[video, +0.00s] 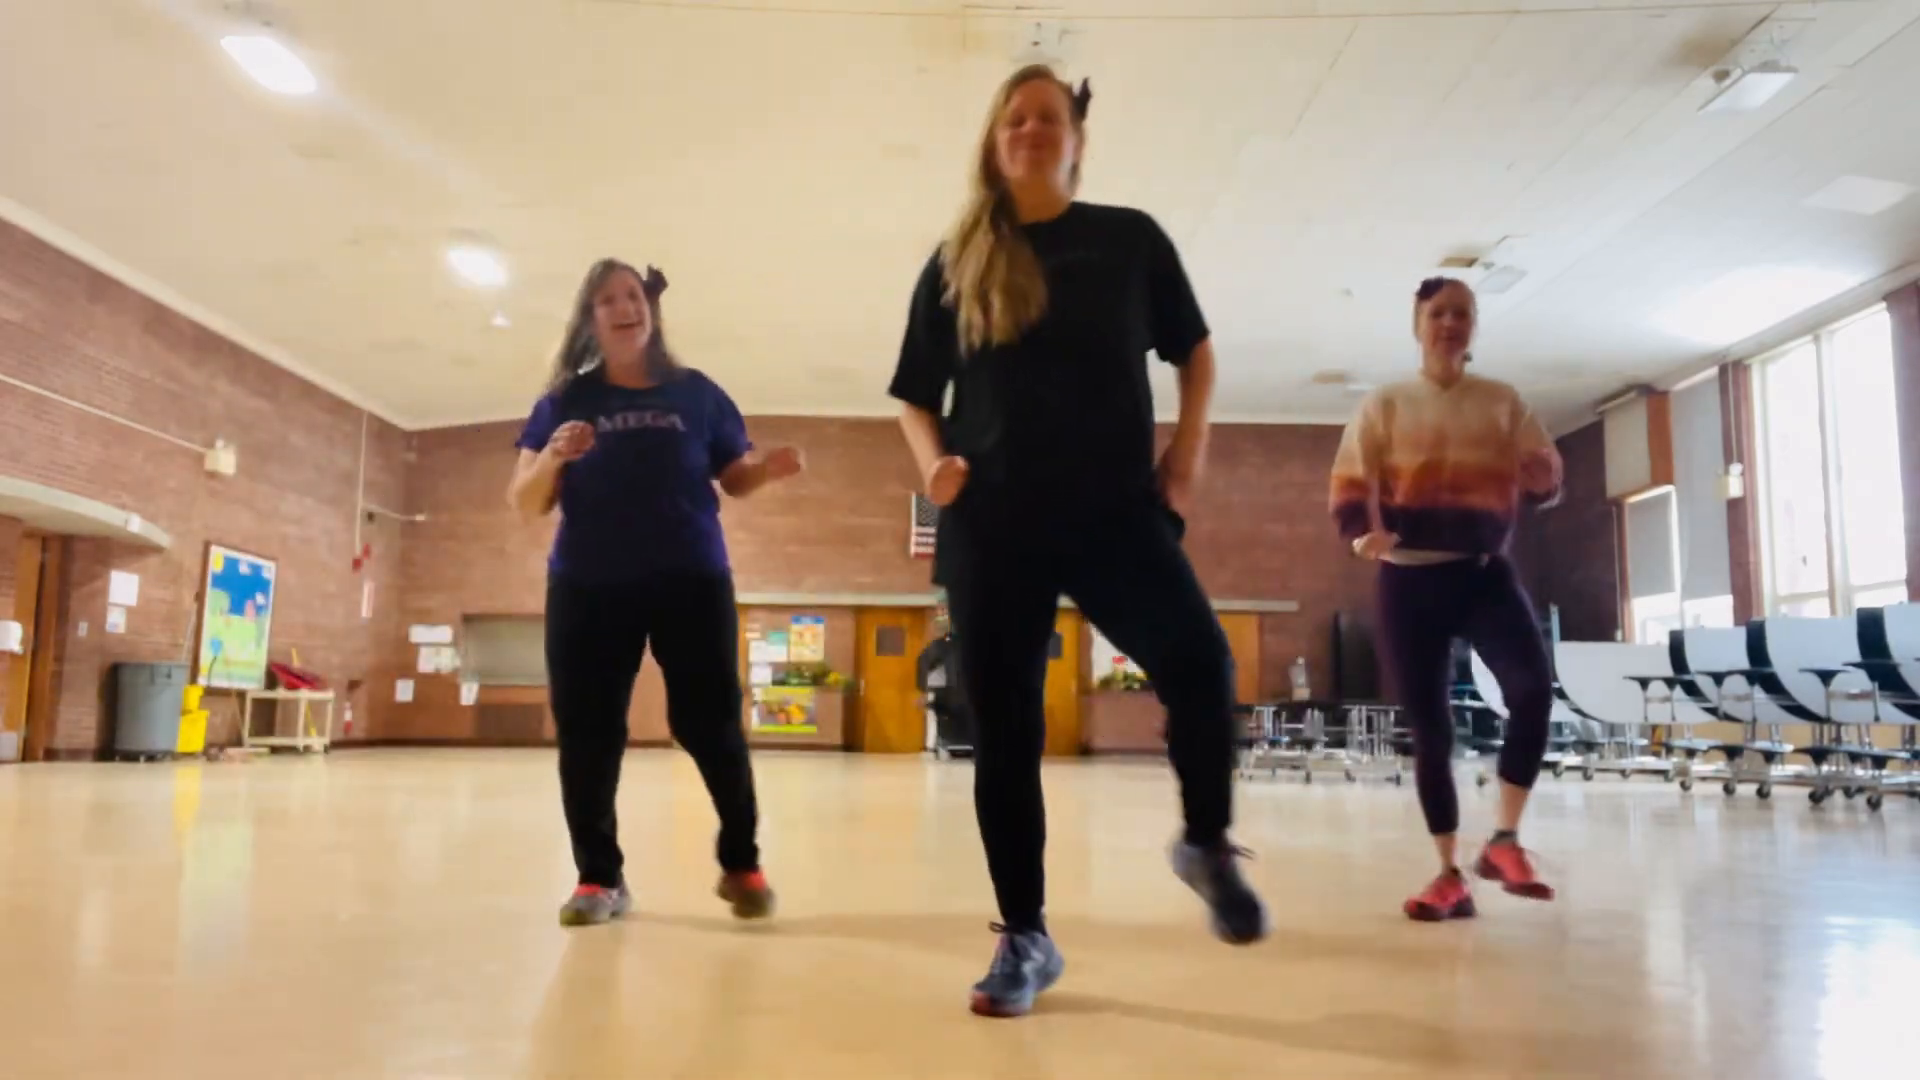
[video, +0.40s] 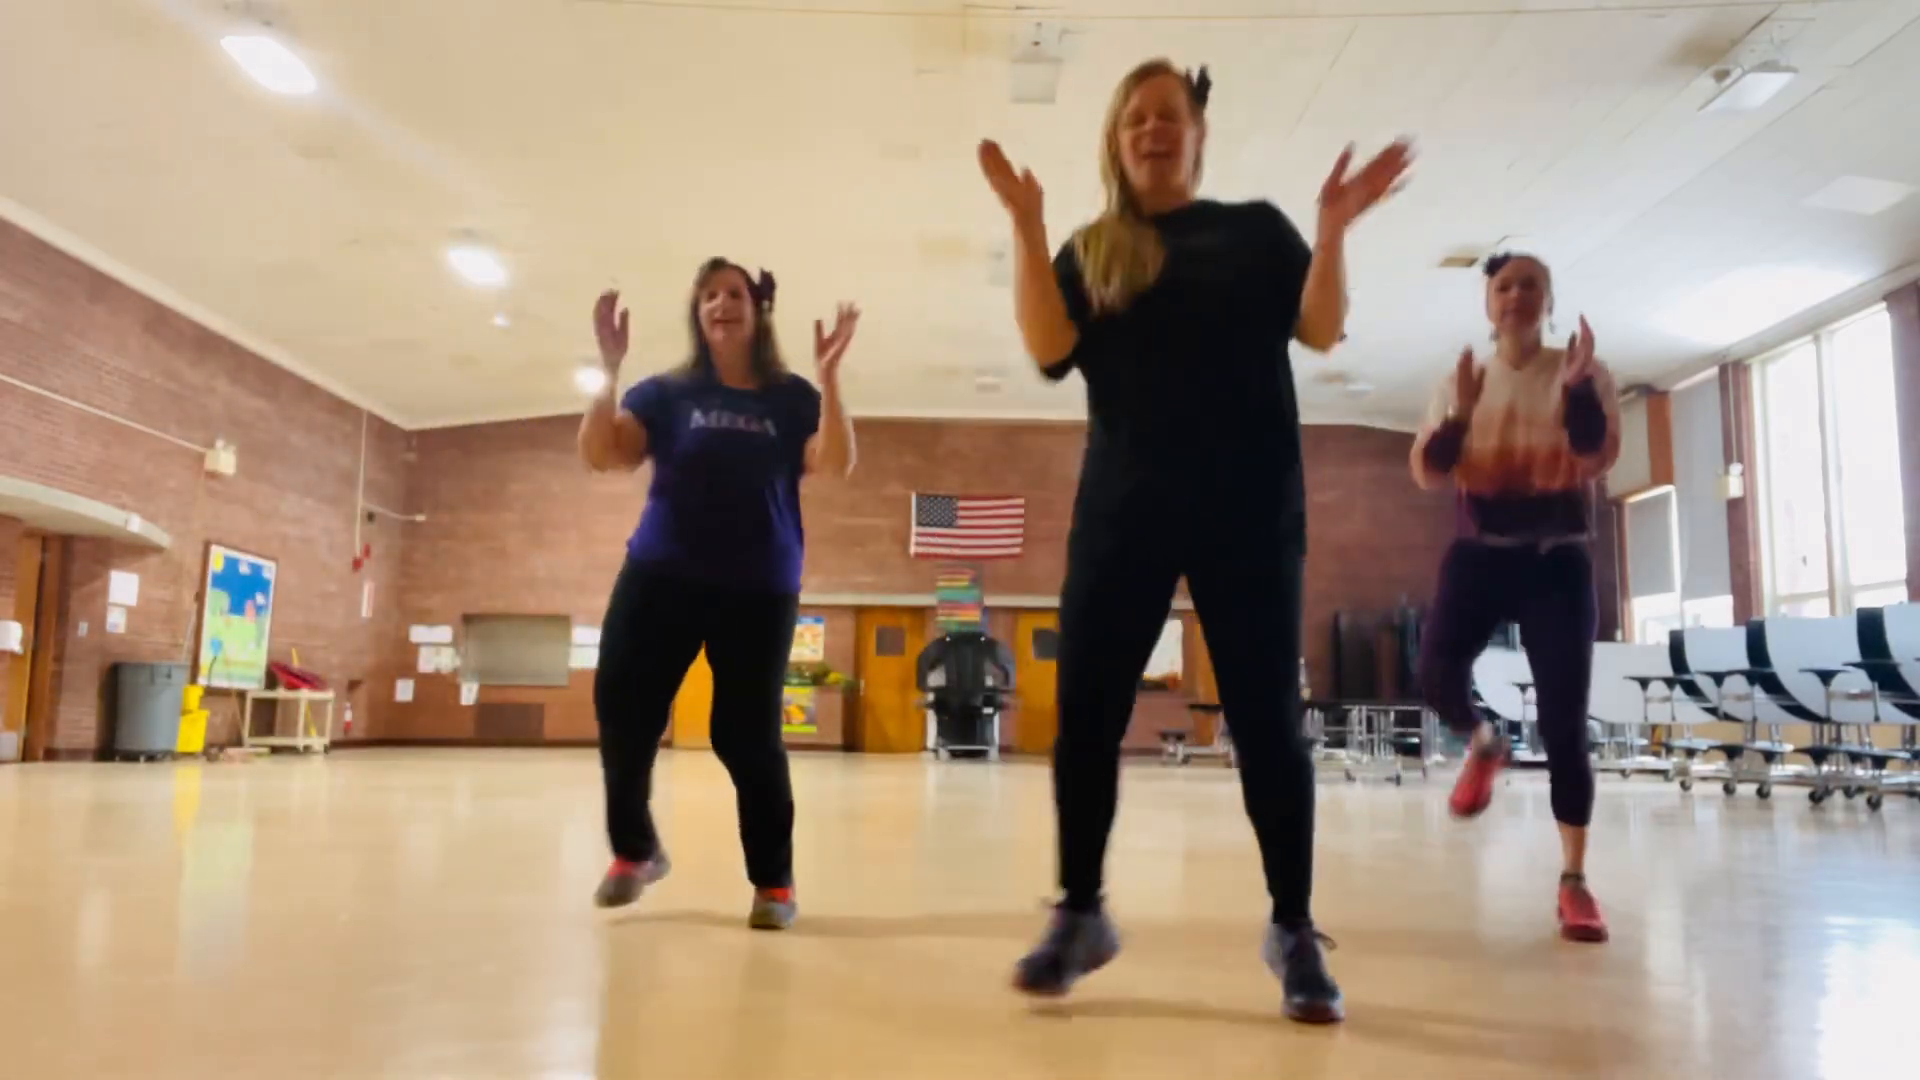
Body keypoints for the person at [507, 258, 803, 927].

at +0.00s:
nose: (625, 308)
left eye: (633, 296)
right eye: (609, 300)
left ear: (652, 309)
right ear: (589, 319)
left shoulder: (699, 394)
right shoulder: (564, 404)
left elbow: (734, 480)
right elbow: (528, 504)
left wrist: (763, 467)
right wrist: (553, 457)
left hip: (689, 583)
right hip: (592, 588)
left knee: (712, 726)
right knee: (587, 738)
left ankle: (742, 864)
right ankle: (599, 880)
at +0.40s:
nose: (721, 303)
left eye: (735, 294)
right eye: (710, 295)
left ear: (759, 312)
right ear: (696, 315)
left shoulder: (792, 398)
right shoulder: (668, 393)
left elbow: (835, 464)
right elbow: (600, 454)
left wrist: (830, 382)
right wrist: (610, 371)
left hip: (756, 587)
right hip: (663, 577)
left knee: (746, 733)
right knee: (623, 712)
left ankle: (773, 883)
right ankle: (636, 854)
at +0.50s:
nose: (732, 305)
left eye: (745, 295)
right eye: (721, 297)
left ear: (770, 314)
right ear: (709, 316)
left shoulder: (797, 395)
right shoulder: (680, 388)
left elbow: (827, 467)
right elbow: (628, 455)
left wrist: (829, 381)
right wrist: (638, 367)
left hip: (760, 587)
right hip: (668, 578)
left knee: (749, 732)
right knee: (648, 719)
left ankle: (773, 880)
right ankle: (676, 851)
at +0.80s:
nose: (713, 301)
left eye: (727, 291)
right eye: (702, 293)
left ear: (751, 307)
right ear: (688, 312)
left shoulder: (783, 396)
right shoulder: (660, 390)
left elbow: (820, 486)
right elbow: (603, 484)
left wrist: (773, 449)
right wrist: (634, 421)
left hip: (746, 587)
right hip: (652, 573)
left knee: (741, 733)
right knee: (598, 693)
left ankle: (772, 884)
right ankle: (627, 854)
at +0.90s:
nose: (686, 301)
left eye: (699, 290)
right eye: (674, 293)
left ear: (725, 306)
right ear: (661, 315)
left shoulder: (764, 396)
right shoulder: (638, 397)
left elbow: (804, 488)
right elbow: (597, 499)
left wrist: (775, 477)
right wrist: (580, 450)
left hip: (731, 588)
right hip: (634, 578)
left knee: (735, 731)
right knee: (572, 708)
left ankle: (772, 884)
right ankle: (539, 872)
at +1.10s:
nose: (604, 306)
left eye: (618, 294)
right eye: (591, 297)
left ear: (645, 309)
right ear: (577, 316)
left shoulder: (687, 402)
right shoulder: (552, 405)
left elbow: (734, 492)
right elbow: (517, 504)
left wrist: (714, 510)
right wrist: (478, 469)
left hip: (672, 593)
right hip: (569, 590)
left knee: (700, 741)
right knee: (519, 736)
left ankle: (766, 881)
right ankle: (489, 896)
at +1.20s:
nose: (571, 302)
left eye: (584, 290)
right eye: (557, 292)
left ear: (609, 304)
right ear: (541, 309)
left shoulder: (649, 392)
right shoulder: (513, 400)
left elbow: (696, 481)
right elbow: (482, 496)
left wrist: (674, 502)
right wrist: (444, 469)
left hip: (640, 584)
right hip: (535, 584)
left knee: (671, 733)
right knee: (498, 737)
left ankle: (721, 866)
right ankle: (486, 897)